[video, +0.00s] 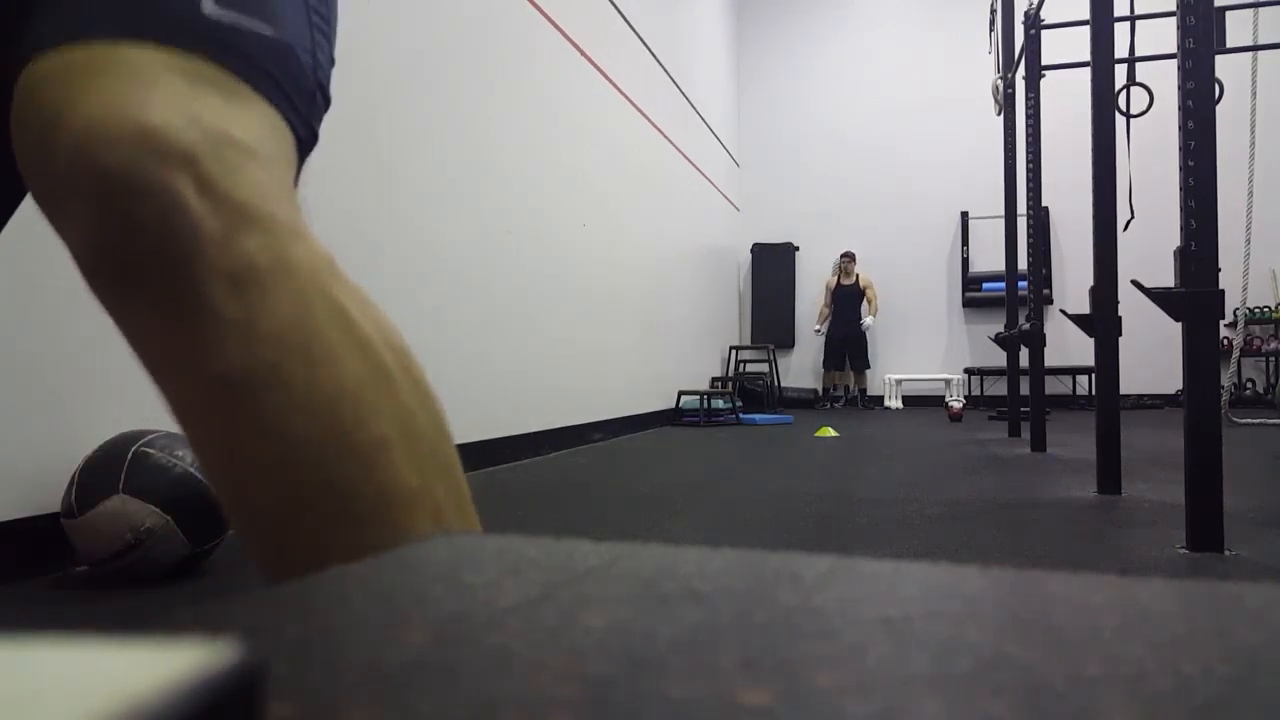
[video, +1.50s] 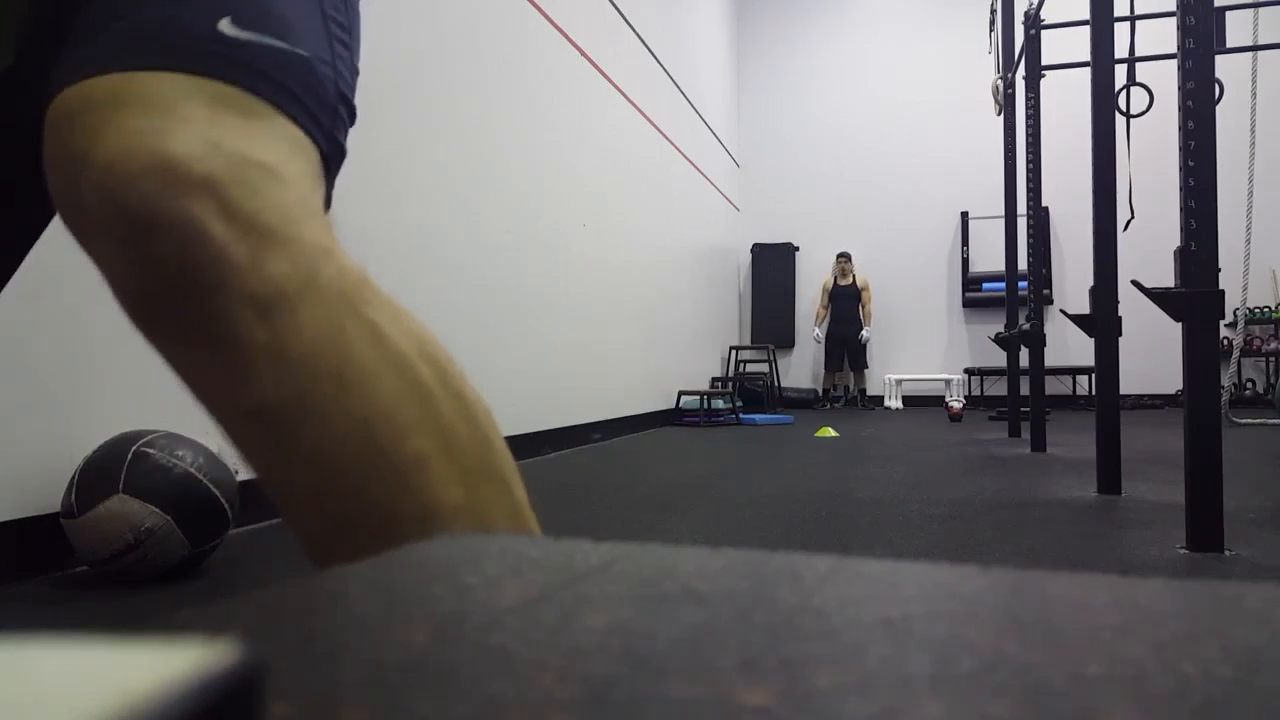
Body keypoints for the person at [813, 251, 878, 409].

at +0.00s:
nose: (846, 265)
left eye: (849, 262)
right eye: (843, 262)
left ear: (854, 264)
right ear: (840, 264)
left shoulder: (864, 281)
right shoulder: (832, 282)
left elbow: (872, 301)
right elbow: (826, 306)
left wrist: (871, 317)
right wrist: (819, 324)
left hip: (855, 330)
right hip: (835, 330)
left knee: (859, 368)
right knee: (829, 367)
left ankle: (862, 398)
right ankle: (825, 398)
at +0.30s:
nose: (835, 267)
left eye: (839, 264)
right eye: (832, 264)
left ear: (844, 265)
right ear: (829, 265)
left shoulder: (853, 283)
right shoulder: (821, 284)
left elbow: (859, 307)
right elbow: (815, 306)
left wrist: (863, 328)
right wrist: (813, 327)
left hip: (849, 331)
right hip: (828, 331)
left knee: (855, 367)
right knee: (827, 368)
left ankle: (862, 398)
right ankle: (825, 399)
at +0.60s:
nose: (834, 266)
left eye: (837, 263)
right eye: (832, 264)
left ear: (843, 264)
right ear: (828, 266)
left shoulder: (853, 282)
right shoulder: (821, 284)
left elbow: (859, 305)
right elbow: (815, 307)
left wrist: (864, 326)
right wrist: (813, 327)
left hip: (850, 330)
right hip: (830, 331)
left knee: (857, 367)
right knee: (827, 368)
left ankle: (862, 398)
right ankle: (824, 399)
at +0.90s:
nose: (842, 266)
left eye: (845, 263)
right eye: (839, 263)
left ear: (851, 265)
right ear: (835, 265)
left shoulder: (860, 283)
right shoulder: (828, 284)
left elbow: (866, 304)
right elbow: (824, 306)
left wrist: (869, 322)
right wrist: (820, 324)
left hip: (855, 331)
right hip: (834, 331)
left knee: (859, 368)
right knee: (829, 368)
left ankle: (862, 399)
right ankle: (825, 399)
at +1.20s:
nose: (843, 266)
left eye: (846, 263)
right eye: (841, 263)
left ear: (852, 264)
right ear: (837, 265)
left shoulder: (862, 283)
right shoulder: (830, 283)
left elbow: (867, 305)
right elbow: (825, 306)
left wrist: (868, 324)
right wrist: (820, 325)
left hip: (855, 331)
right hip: (835, 331)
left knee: (859, 368)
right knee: (830, 368)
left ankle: (862, 399)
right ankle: (825, 399)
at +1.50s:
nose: (843, 266)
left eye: (845, 262)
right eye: (840, 263)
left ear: (851, 264)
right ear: (836, 265)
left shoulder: (861, 282)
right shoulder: (829, 283)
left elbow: (866, 306)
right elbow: (823, 306)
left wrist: (867, 327)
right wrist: (817, 326)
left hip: (854, 331)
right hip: (834, 331)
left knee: (858, 368)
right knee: (830, 368)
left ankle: (862, 399)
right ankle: (825, 399)